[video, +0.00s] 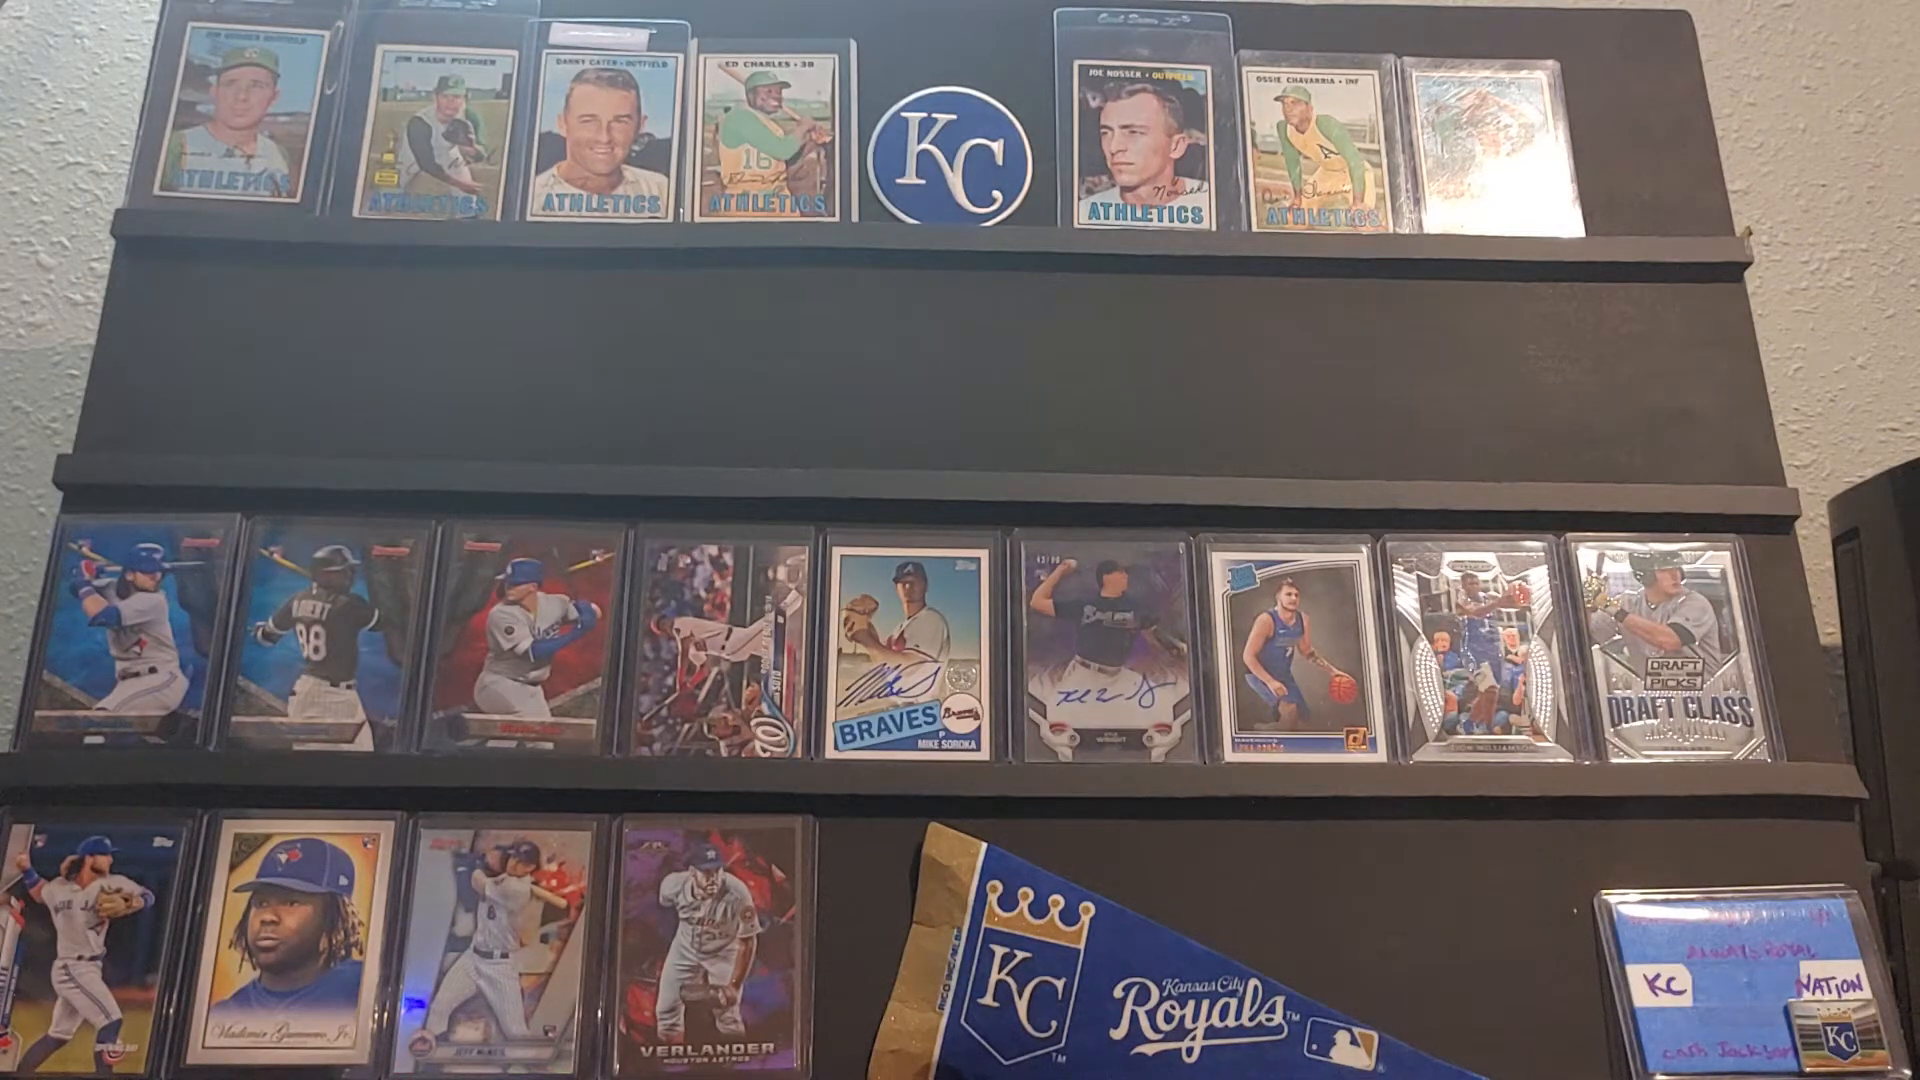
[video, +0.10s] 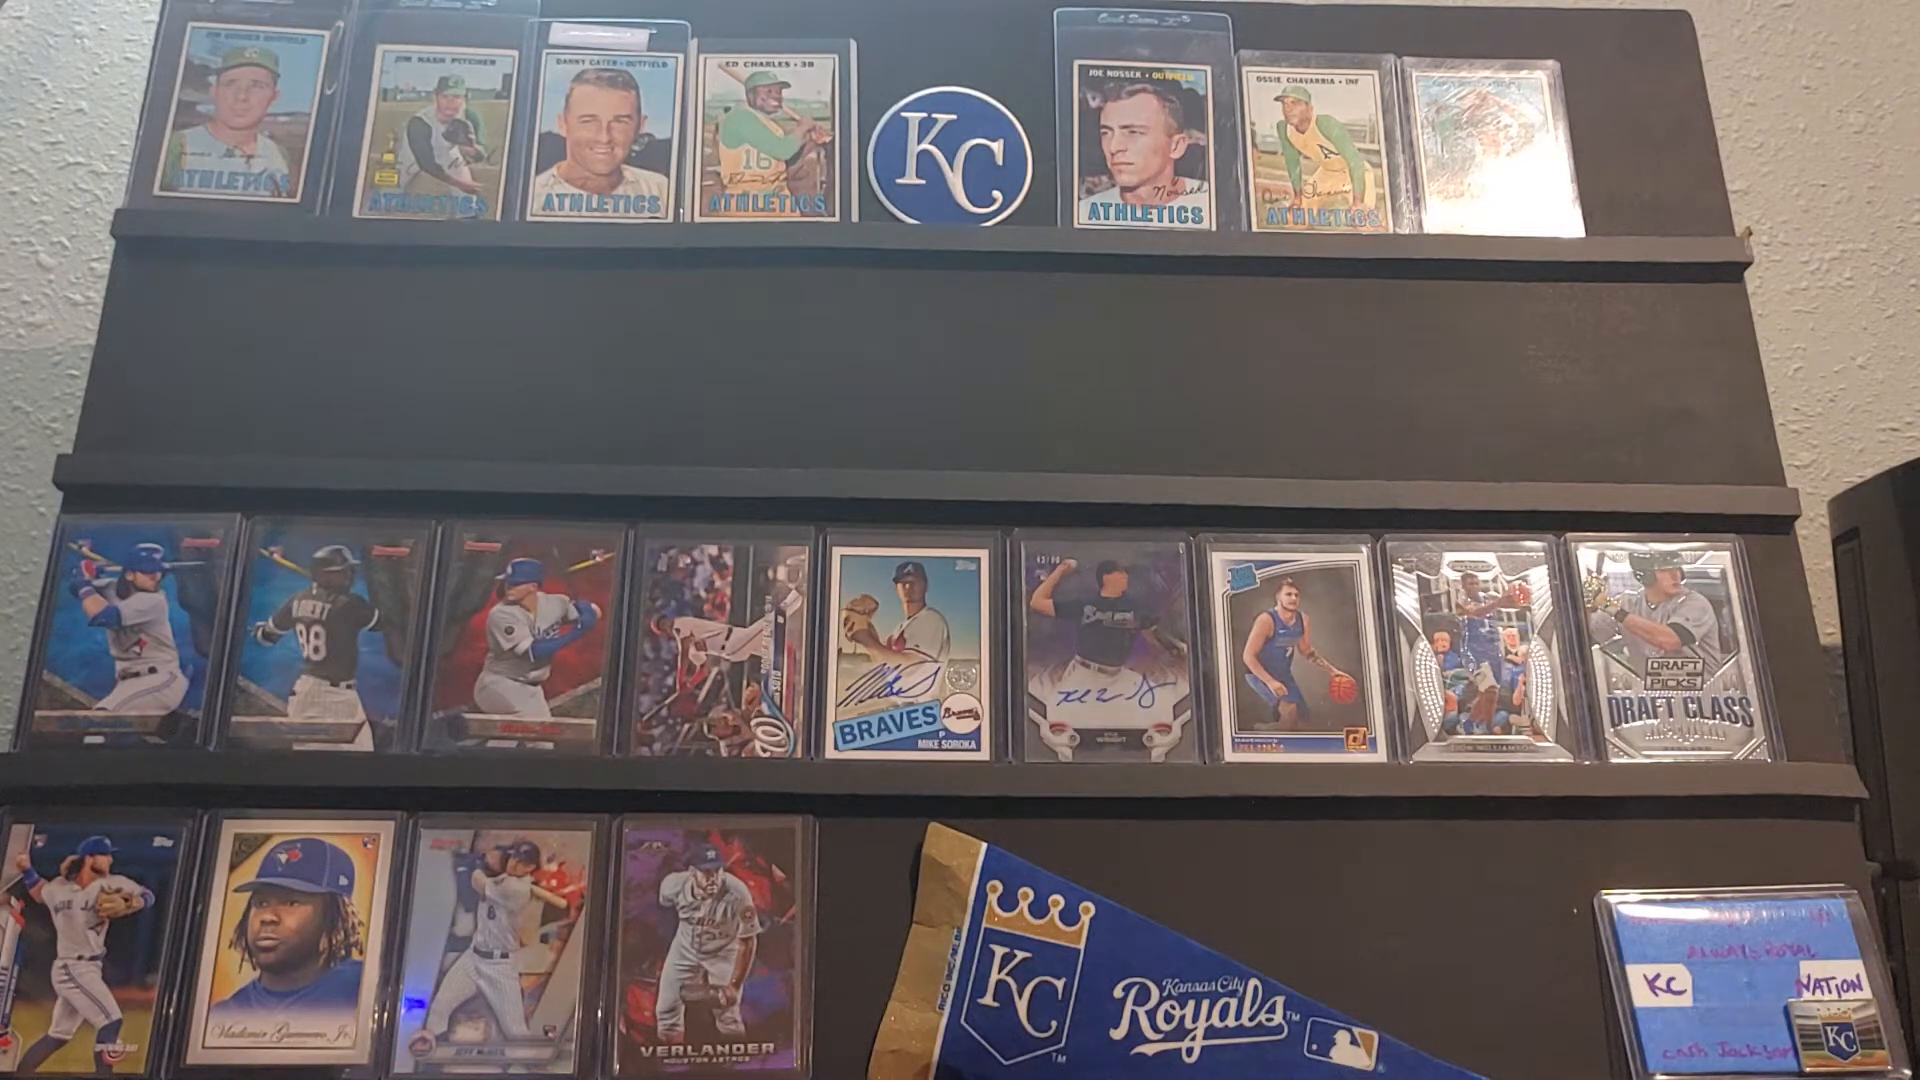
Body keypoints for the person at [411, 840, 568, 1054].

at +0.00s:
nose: (514, 865)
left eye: (521, 863)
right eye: (513, 859)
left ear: (530, 869)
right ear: (509, 858)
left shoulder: (518, 890)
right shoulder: (501, 879)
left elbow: (479, 882)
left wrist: (477, 867)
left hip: (501, 966)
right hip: (473, 958)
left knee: (515, 1031)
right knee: (440, 1005)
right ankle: (427, 1063)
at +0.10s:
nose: (514, 865)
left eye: (521, 863)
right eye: (513, 859)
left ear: (531, 869)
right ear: (509, 858)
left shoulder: (517, 889)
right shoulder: (501, 879)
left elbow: (478, 883)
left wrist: (477, 867)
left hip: (501, 965)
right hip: (472, 958)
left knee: (515, 1030)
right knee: (439, 1007)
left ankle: (531, 1072)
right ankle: (427, 1066)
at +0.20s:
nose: (514, 864)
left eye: (521, 862)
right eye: (513, 859)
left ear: (531, 868)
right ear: (509, 858)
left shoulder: (517, 889)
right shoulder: (503, 878)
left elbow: (477, 881)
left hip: (500, 965)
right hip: (473, 957)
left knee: (515, 1029)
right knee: (440, 1004)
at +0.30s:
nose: (514, 864)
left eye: (521, 862)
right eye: (513, 859)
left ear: (531, 869)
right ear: (509, 858)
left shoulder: (518, 890)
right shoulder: (500, 879)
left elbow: (478, 882)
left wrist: (479, 866)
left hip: (500, 965)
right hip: (472, 958)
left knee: (515, 1031)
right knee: (440, 1006)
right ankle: (426, 1064)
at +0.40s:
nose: (514, 864)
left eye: (521, 862)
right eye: (513, 858)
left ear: (530, 869)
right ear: (509, 858)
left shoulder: (517, 890)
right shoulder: (503, 878)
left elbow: (477, 881)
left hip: (501, 965)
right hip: (473, 957)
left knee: (515, 1030)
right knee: (440, 1004)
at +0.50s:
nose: (514, 864)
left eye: (521, 862)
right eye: (513, 858)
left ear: (531, 869)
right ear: (509, 858)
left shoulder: (518, 890)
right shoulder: (503, 878)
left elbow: (477, 881)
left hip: (501, 964)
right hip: (473, 957)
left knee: (515, 1030)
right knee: (441, 1004)